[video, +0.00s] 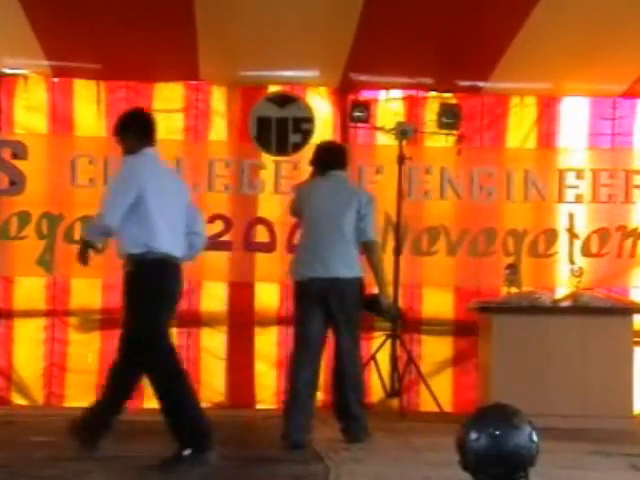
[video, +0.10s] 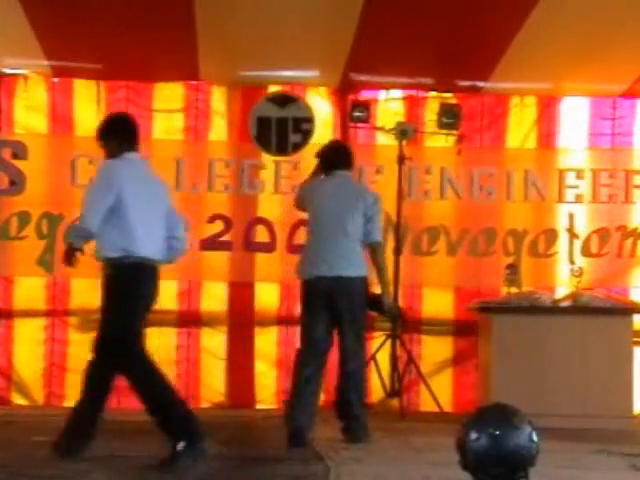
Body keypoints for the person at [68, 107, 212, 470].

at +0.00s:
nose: (120, 145)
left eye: (120, 139)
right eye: (120, 139)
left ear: (125, 138)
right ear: (152, 136)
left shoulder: (133, 169)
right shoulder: (173, 178)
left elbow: (107, 221)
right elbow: (197, 235)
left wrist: (90, 237)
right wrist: (171, 254)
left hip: (144, 272)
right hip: (169, 272)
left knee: (156, 356)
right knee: (132, 357)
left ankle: (195, 439)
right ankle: (92, 428)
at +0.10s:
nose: (101, 148)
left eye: (102, 142)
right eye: (101, 142)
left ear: (109, 142)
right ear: (134, 140)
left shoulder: (112, 171)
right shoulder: (152, 178)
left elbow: (89, 224)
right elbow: (178, 238)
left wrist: (72, 240)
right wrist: (147, 255)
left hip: (123, 274)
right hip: (146, 274)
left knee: (128, 356)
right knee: (107, 358)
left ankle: (186, 435)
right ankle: (73, 441)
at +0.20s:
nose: (75, 147)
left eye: (76, 141)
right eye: (76, 141)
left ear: (82, 140)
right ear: (108, 139)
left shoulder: (84, 167)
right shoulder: (125, 176)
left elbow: (66, 216)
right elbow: (148, 230)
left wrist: (55, 246)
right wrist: (128, 255)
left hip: (94, 272)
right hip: (122, 273)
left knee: (77, 356)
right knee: (83, 356)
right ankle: (71, 439)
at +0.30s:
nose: (58, 142)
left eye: (59, 137)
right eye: (60, 136)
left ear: (63, 136)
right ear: (92, 133)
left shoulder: (68, 163)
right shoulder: (110, 171)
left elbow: (51, 216)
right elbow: (133, 225)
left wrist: (42, 245)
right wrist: (108, 249)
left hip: (77, 264)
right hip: (108, 267)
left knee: (43, 342)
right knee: (81, 348)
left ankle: (97, 406)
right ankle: (70, 437)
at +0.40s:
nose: (33, 140)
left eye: (33, 134)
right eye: (34, 134)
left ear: (39, 132)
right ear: (66, 130)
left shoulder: (46, 158)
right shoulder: (87, 164)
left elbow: (30, 211)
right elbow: (102, 215)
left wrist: (21, 237)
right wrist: (94, 242)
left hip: (53, 258)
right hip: (84, 261)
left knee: (13, 335)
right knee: (73, 348)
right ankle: (72, 435)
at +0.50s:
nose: (15, 149)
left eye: (16, 143)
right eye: (15, 144)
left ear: (23, 139)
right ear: (49, 136)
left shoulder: (29, 164)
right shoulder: (69, 169)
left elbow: (15, 217)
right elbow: (87, 218)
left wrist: (6, 239)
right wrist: (68, 245)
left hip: (37, 265)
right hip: (69, 266)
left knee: (4, 345)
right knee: (64, 350)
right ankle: (70, 434)